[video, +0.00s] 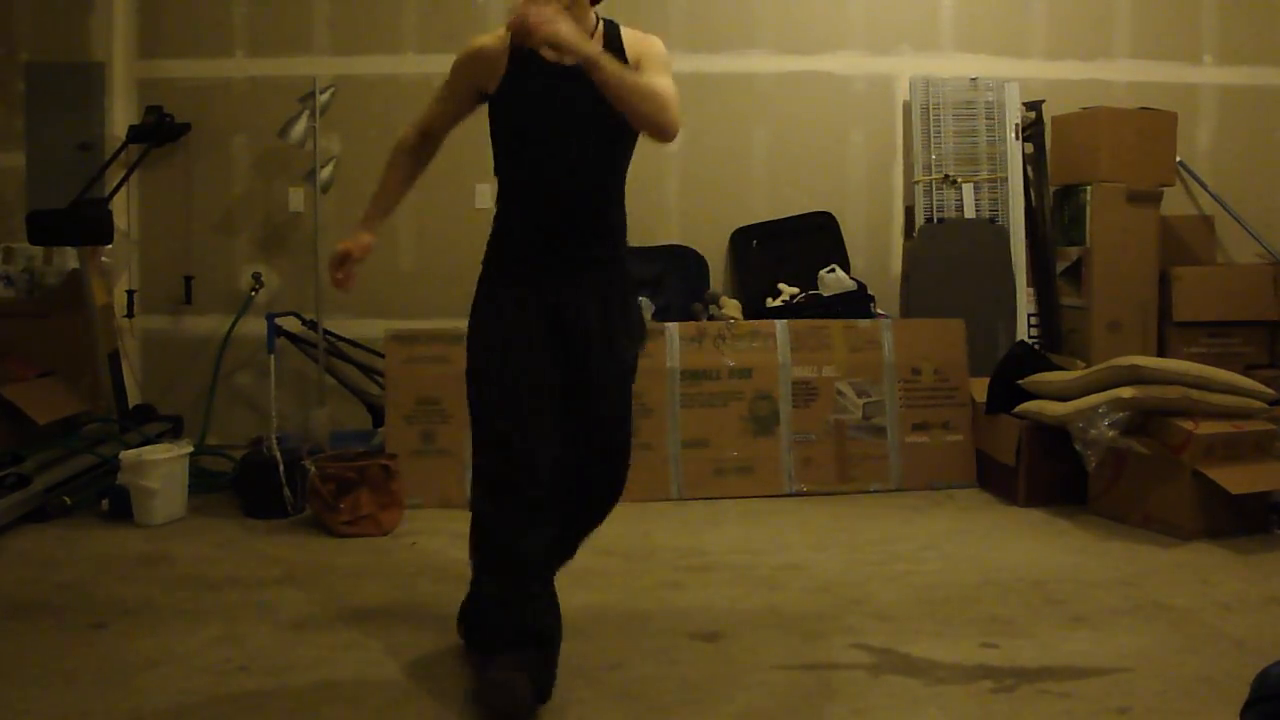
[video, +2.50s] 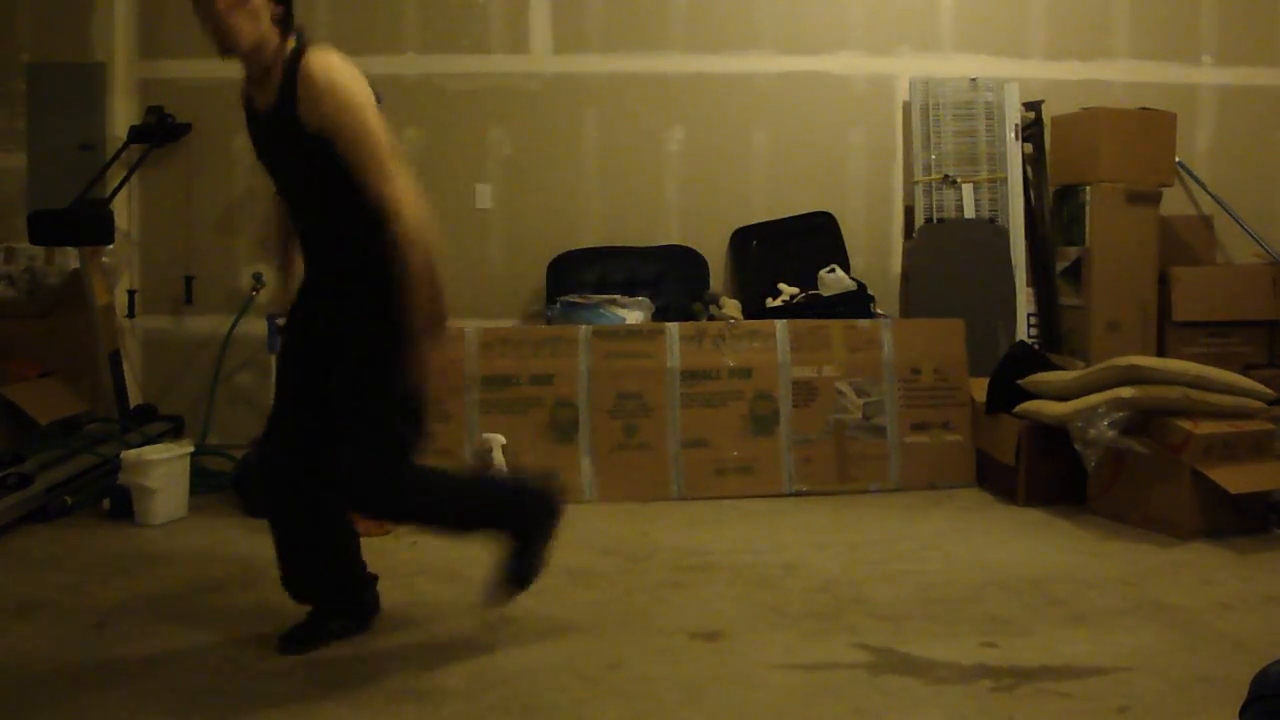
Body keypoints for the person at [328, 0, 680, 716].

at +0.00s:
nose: (533, 16)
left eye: (547, 8)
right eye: (527, 8)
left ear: (585, 5)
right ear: (519, 8)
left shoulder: (638, 50)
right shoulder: (492, 59)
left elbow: (665, 119)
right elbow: (420, 141)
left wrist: (583, 48)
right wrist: (368, 227)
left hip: (600, 291)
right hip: (513, 292)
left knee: (597, 474)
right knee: (514, 472)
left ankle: (495, 604)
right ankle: (514, 662)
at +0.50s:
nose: (632, 11)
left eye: (638, 4)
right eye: (618, 5)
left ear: (645, 2)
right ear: (584, 0)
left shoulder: (679, 61)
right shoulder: (532, 56)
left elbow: (709, 152)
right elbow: (507, 154)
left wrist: (737, 231)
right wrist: (602, 84)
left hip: (653, 297)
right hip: (560, 301)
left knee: (714, 453)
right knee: (529, 478)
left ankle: (782, 589)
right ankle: (477, 647)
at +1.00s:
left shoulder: (639, 26)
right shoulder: (496, 25)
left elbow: (675, 137)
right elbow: (445, 122)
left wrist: (625, 104)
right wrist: (518, 153)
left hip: (609, 248)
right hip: (521, 249)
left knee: (623, 408)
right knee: (530, 423)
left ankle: (617, 574)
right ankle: (538, 592)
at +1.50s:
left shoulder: (639, 40)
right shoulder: (507, 28)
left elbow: (640, 164)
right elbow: (416, 129)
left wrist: (659, 266)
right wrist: (336, 223)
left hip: (589, 272)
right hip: (516, 269)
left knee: (606, 457)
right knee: (543, 448)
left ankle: (486, 609)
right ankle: (466, 605)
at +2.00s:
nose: (506, 5)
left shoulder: (567, 62)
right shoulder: (419, 53)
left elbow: (584, 190)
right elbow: (377, 168)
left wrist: (544, 141)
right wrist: (477, 148)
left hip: (509, 282)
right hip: (424, 283)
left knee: (526, 471)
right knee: (447, 467)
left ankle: (490, 596)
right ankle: (413, 644)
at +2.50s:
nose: (216, 22)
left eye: (227, 7)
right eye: (209, 11)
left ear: (269, 8)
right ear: (213, 20)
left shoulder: (324, 75)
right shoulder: (255, 89)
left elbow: (404, 205)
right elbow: (291, 194)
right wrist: (286, 287)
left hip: (379, 291)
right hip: (323, 296)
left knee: (363, 474)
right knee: (293, 460)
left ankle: (522, 509)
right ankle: (342, 600)